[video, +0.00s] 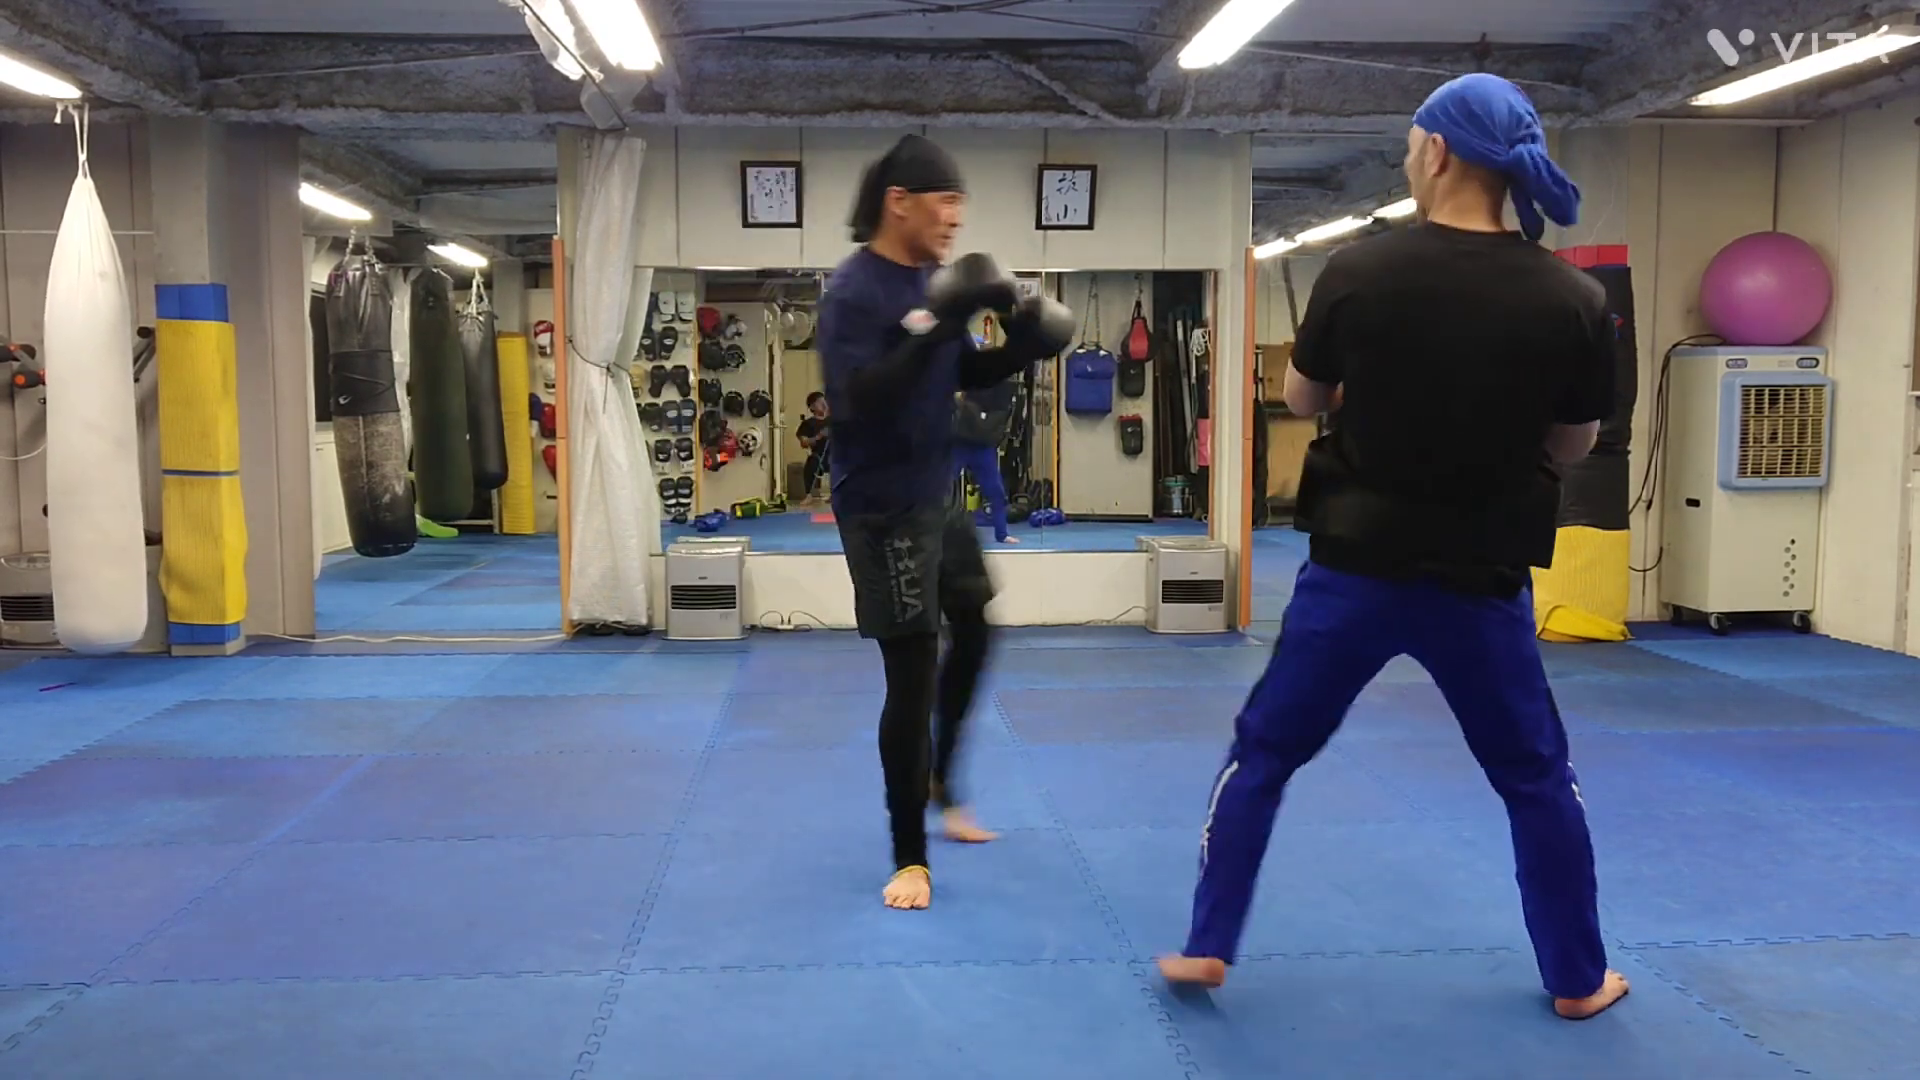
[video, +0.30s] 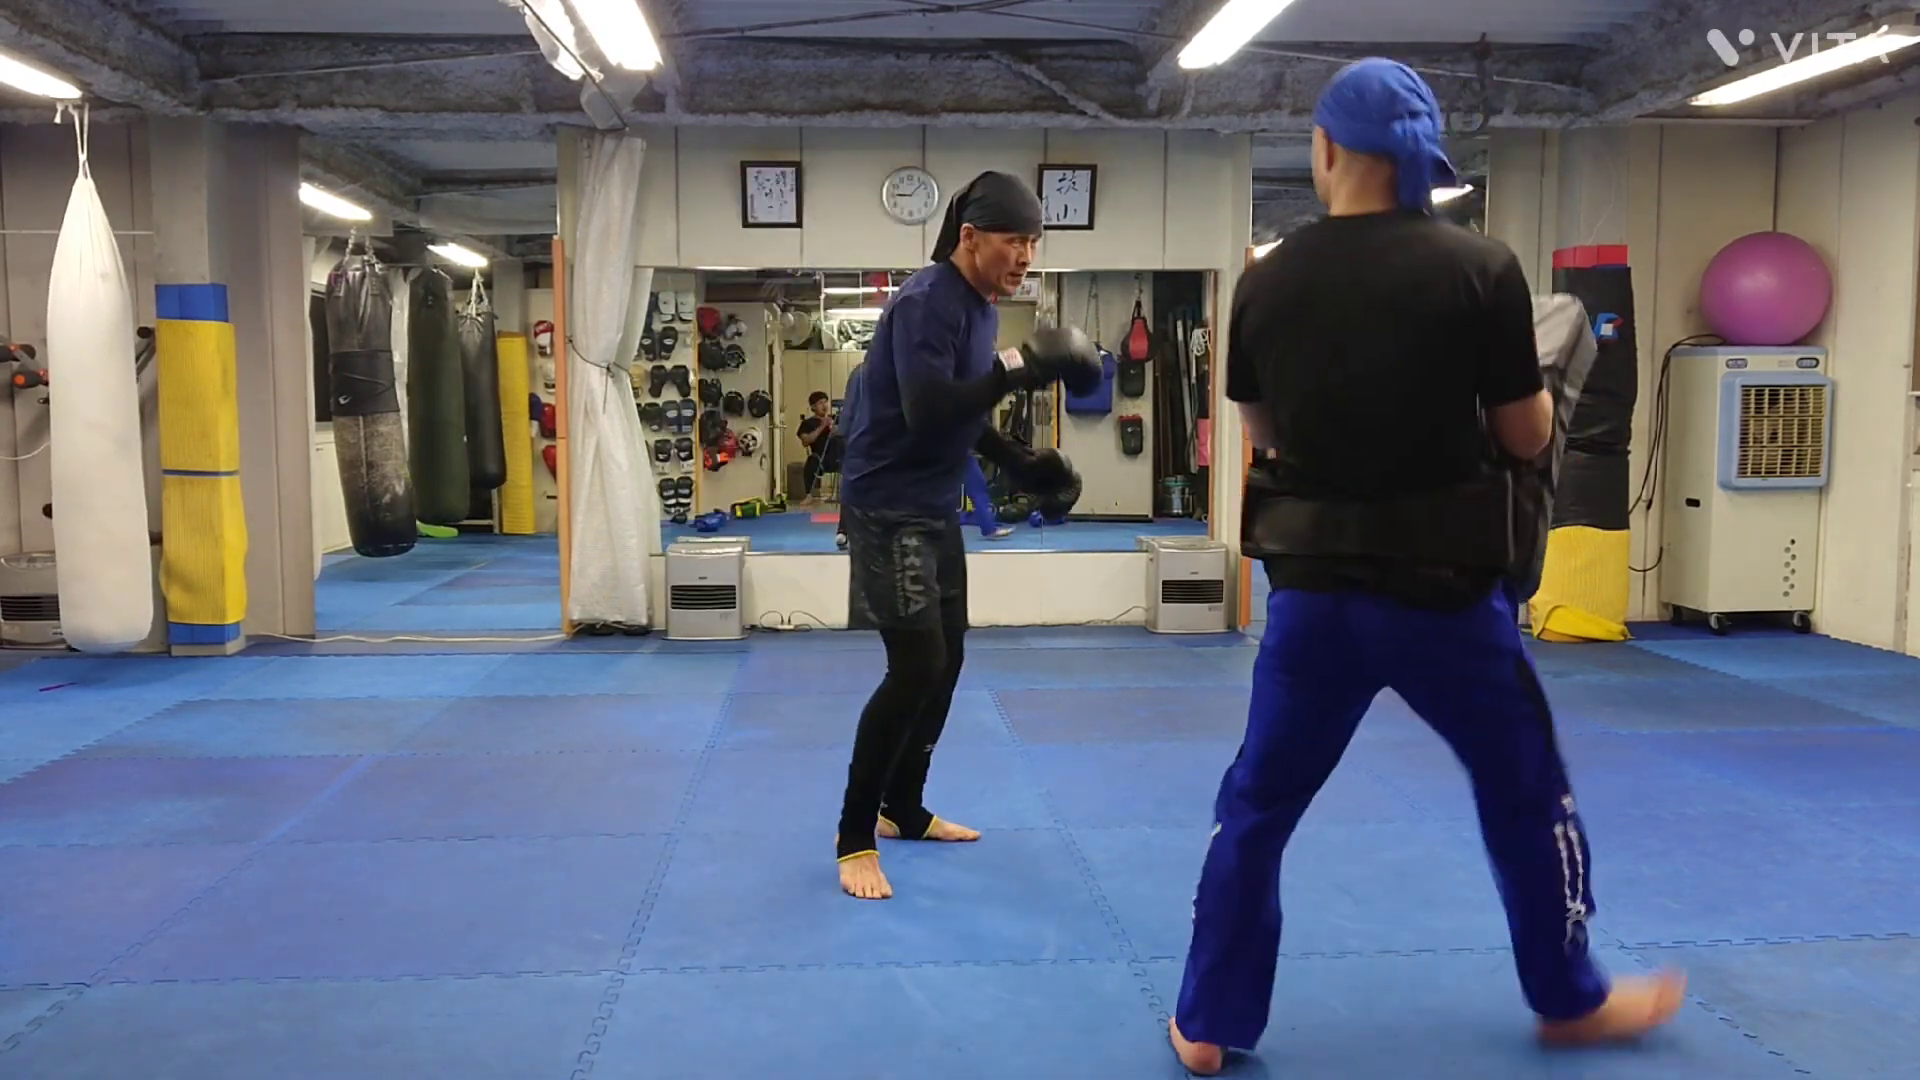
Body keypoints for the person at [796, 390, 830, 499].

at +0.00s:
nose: (824, 404)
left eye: (824, 400)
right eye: (820, 402)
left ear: (826, 401)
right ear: (812, 406)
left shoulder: (833, 420)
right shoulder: (808, 424)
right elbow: (804, 442)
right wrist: (816, 438)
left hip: (833, 452)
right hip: (817, 453)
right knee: (810, 465)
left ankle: (836, 493)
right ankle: (810, 494)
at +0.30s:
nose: (824, 406)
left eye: (825, 402)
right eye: (820, 403)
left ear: (829, 403)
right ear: (813, 407)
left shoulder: (836, 420)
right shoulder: (808, 423)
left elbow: (846, 432)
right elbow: (805, 441)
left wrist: (834, 427)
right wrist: (822, 426)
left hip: (838, 457)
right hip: (819, 457)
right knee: (812, 461)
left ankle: (847, 495)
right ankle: (809, 494)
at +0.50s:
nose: (825, 406)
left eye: (826, 402)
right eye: (821, 403)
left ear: (829, 404)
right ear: (813, 407)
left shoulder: (837, 420)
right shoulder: (808, 423)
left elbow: (850, 433)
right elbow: (807, 442)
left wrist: (838, 431)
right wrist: (823, 428)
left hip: (838, 456)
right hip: (819, 458)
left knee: (862, 461)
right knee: (812, 461)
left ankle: (861, 494)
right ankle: (809, 494)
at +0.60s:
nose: (825, 406)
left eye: (826, 402)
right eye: (821, 403)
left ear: (829, 404)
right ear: (813, 407)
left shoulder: (836, 419)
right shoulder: (808, 423)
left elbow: (848, 435)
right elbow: (807, 442)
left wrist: (837, 431)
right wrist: (824, 428)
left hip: (837, 455)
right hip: (819, 456)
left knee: (860, 459)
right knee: (811, 462)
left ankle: (866, 492)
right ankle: (809, 494)